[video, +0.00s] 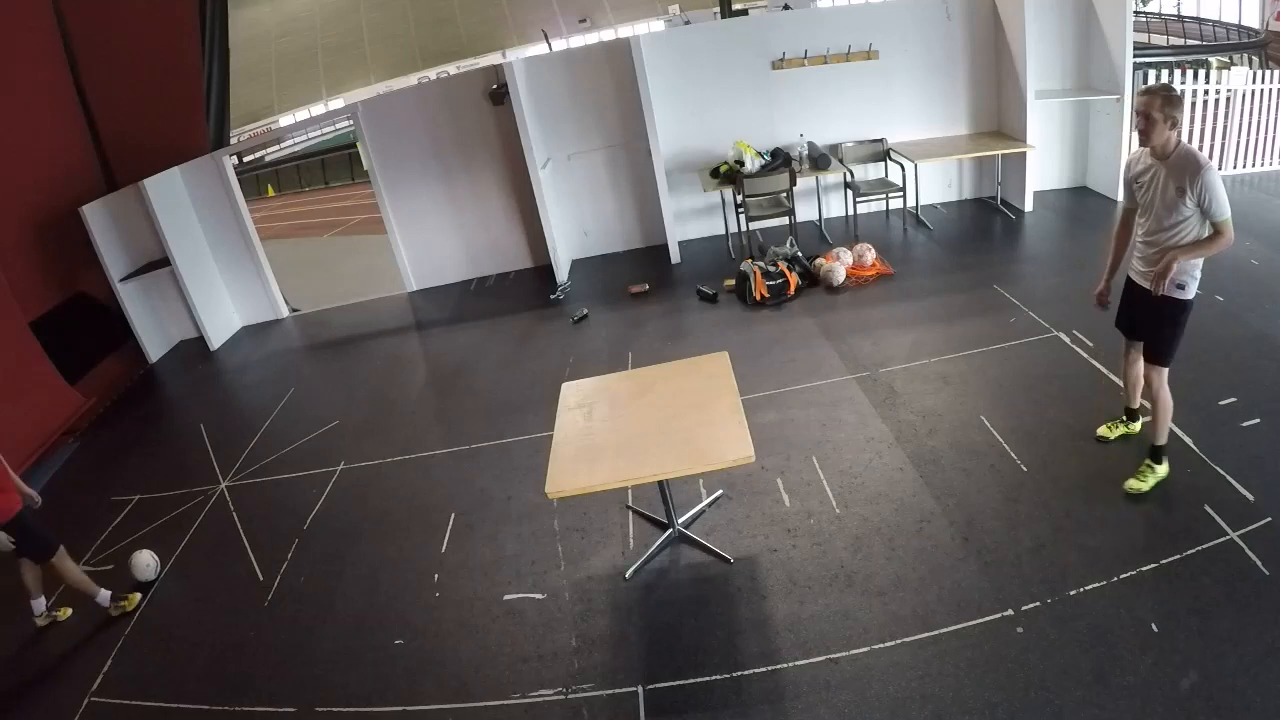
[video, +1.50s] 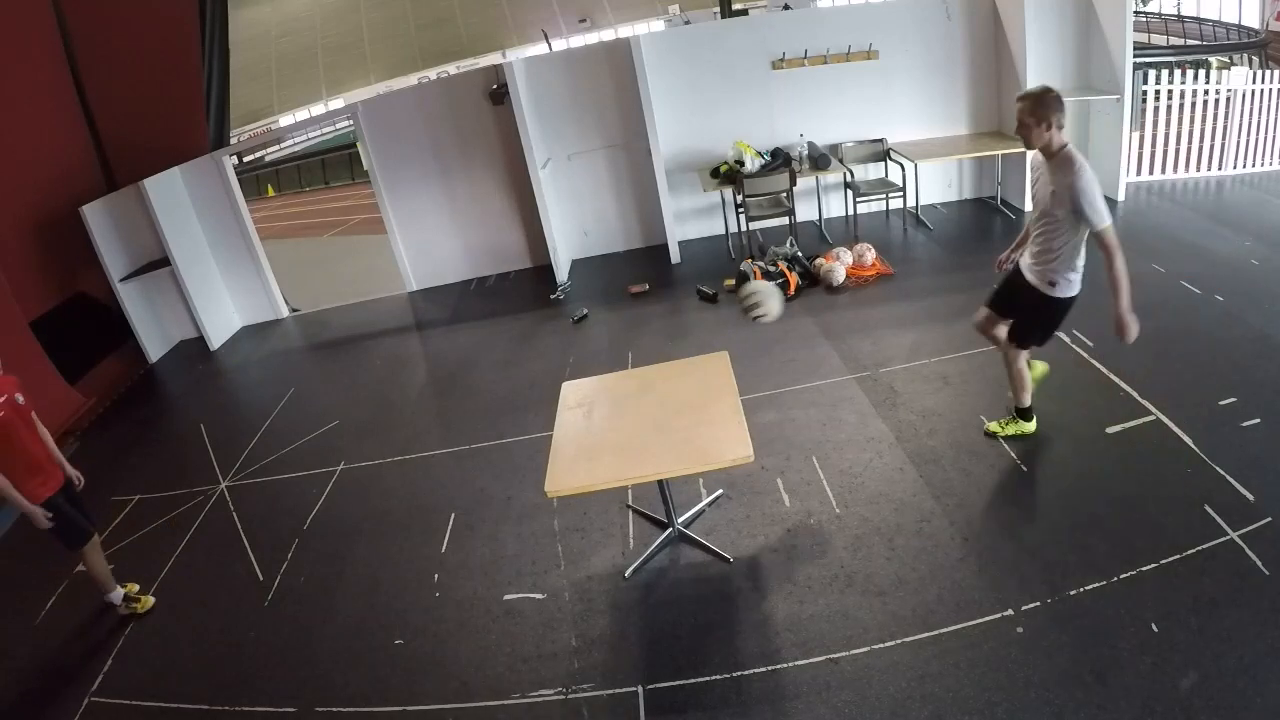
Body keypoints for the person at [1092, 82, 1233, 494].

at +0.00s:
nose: (1137, 123)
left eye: (1145, 118)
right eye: (1136, 115)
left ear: (1171, 122)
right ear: (1138, 118)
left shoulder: (1199, 172)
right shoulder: (1136, 163)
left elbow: (1224, 236)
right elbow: (1126, 221)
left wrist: (1176, 254)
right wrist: (1108, 278)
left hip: (1175, 288)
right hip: (1137, 278)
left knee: (1155, 372)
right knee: (1132, 349)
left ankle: (1157, 458)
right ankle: (1132, 416)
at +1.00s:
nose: (1115, 137)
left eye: (1124, 133)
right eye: (1116, 130)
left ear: (1149, 141)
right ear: (1124, 135)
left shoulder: (1172, 190)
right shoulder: (1123, 177)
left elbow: (1191, 269)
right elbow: (1122, 231)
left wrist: (1136, 300)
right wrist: (1100, 276)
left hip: (1166, 307)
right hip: (1127, 291)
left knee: (1174, 389)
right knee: (1091, 347)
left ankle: (1183, 463)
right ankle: (1086, 404)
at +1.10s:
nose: (1089, 139)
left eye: (1097, 133)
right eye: (1090, 131)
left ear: (1122, 139)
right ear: (1110, 138)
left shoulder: (1147, 190)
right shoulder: (1104, 179)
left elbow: (1175, 266)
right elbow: (1097, 231)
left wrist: (1141, 320)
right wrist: (1071, 273)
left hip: (1141, 303)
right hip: (1106, 287)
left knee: (1150, 387)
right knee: (1075, 344)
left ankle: (1177, 458)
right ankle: (1082, 405)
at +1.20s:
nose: (1065, 136)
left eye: (1072, 130)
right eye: (1065, 129)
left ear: (1098, 135)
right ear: (1083, 133)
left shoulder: (1123, 183)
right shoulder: (1082, 173)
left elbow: (1157, 249)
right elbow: (1075, 224)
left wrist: (1156, 316)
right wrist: (1044, 268)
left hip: (1121, 294)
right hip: (1090, 279)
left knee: (1100, 377)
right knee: (1067, 342)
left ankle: (1148, 436)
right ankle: (1081, 406)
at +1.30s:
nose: (1045, 125)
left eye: (1053, 119)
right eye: (1046, 117)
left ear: (1078, 124)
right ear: (1067, 123)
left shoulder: (1109, 171)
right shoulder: (1061, 162)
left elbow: (1149, 234)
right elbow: (1054, 211)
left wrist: (1159, 296)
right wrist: (1023, 254)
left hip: (1100, 283)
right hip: (1073, 272)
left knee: (1063, 361)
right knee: (1071, 346)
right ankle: (1082, 403)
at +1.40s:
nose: (1030, 119)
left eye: (1038, 112)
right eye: (1031, 111)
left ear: (1063, 116)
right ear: (1054, 117)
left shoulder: (1096, 165)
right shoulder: (1046, 157)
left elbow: (1134, 228)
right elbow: (1043, 207)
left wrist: (1149, 288)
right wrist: (1014, 246)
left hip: (1079, 275)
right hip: (1051, 264)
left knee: (1040, 345)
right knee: (1036, 329)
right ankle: (1066, 383)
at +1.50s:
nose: (1018, 132)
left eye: (1024, 125)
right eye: (1018, 124)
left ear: (1049, 127)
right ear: (1042, 128)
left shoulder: (1078, 175)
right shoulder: (1039, 161)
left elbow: (1110, 245)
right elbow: (1040, 217)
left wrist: (1124, 310)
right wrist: (1014, 250)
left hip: (1055, 285)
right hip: (1028, 267)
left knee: (1013, 348)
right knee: (986, 323)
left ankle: (1024, 417)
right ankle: (1029, 367)